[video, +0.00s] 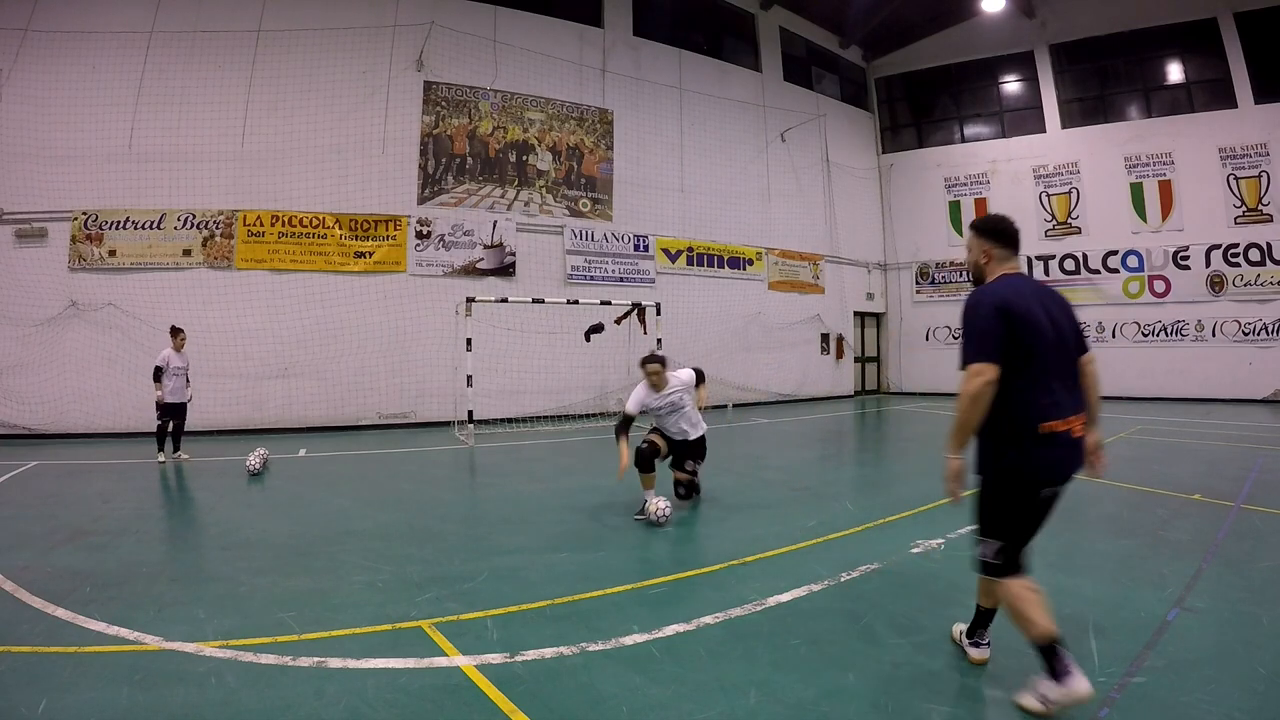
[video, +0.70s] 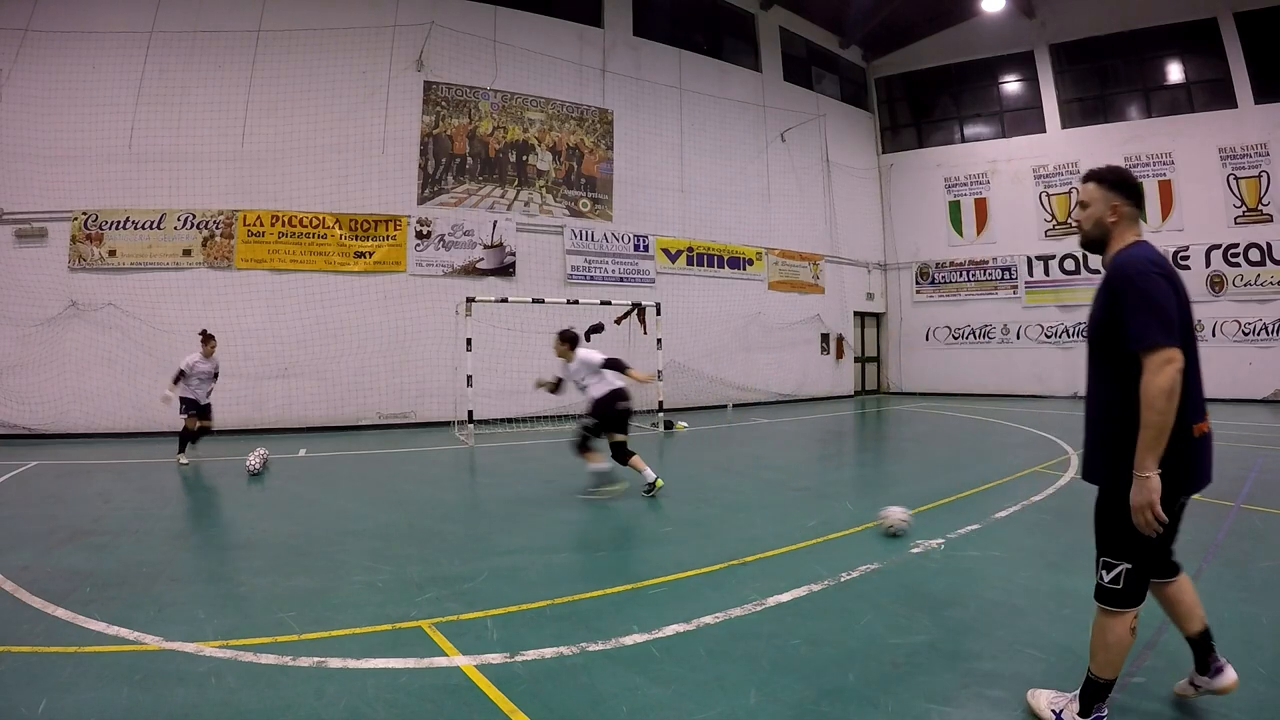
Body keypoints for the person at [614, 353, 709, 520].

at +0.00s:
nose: (653, 379)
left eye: (657, 374)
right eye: (649, 375)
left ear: (665, 371)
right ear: (644, 374)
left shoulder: (682, 378)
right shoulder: (640, 393)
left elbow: (699, 373)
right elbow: (622, 427)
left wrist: (701, 392)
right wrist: (624, 457)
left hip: (692, 436)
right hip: (665, 432)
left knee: (682, 493)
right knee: (644, 453)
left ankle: (692, 483)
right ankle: (649, 502)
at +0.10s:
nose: (638, 384)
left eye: (643, 378)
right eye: (635, 381)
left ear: (654, 379)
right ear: (633, 385)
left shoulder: (673, 385)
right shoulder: (634, 406)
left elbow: (702, 396)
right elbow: (629, 443)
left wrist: (687, 428)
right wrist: (628, 484)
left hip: (686, 428)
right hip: (660, 431)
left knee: (681, 476)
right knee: (647, 451)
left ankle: (706, 476)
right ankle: (649, 502)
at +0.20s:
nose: (631, 398)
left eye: (635, 393)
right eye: (628, 394)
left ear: (646, 389)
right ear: (626, 396)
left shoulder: (666, 393)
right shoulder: (631, 412)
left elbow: (698, 411)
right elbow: (629, 448)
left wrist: (676, 436)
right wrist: (639, 470)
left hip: (685, 421)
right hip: (659, 429)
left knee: (679, 462)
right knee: (650, 452)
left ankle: (715, 485)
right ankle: (650, 503)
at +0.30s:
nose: (619, 394)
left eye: (622, 389)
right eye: (618, 390)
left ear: (636, 386)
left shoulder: (661, 390)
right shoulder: (628, 404)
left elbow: (694, 404)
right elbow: (629, 428)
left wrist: (680, 432)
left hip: (685, 418)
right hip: (659, 423)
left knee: (681, 463)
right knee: (644, 449)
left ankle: (718, 488)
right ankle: (647, 500)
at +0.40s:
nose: (603, 375)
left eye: (605, 370)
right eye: (603, 370)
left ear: (618, 371)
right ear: (616, 371)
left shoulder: (644, 378)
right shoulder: (619, 387)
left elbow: (678, 388)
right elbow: (621, 406)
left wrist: (659, 413)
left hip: (678, 415)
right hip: (654, 418)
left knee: (680, 462)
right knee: (629, 445)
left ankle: (719, 490)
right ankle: (648, 491)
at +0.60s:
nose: (571, 349)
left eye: (574, 346)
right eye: (572, 346)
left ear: (583, 348)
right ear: (583, 348)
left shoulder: (599, 357)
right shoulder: (589, 367)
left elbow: (636, 362)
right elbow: (583, 393)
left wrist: (651, 389)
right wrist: (569, 380)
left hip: (636, 402)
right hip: (626, 407)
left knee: (625, 453)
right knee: (622, 454)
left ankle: (674, 468)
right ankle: (656, 481)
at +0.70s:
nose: (554, 347)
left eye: (558, 344)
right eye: (556, 343)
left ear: (567, 346)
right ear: (566, 346)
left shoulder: (583, 355)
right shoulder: (566, 366)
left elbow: (612, 363)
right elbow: (557, 388)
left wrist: (635, 375)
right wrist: (546, 385)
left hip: (606, 402)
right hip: (621, 400)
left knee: (582, 444)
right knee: (619, 452)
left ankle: (606, 478)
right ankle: (652, 479)